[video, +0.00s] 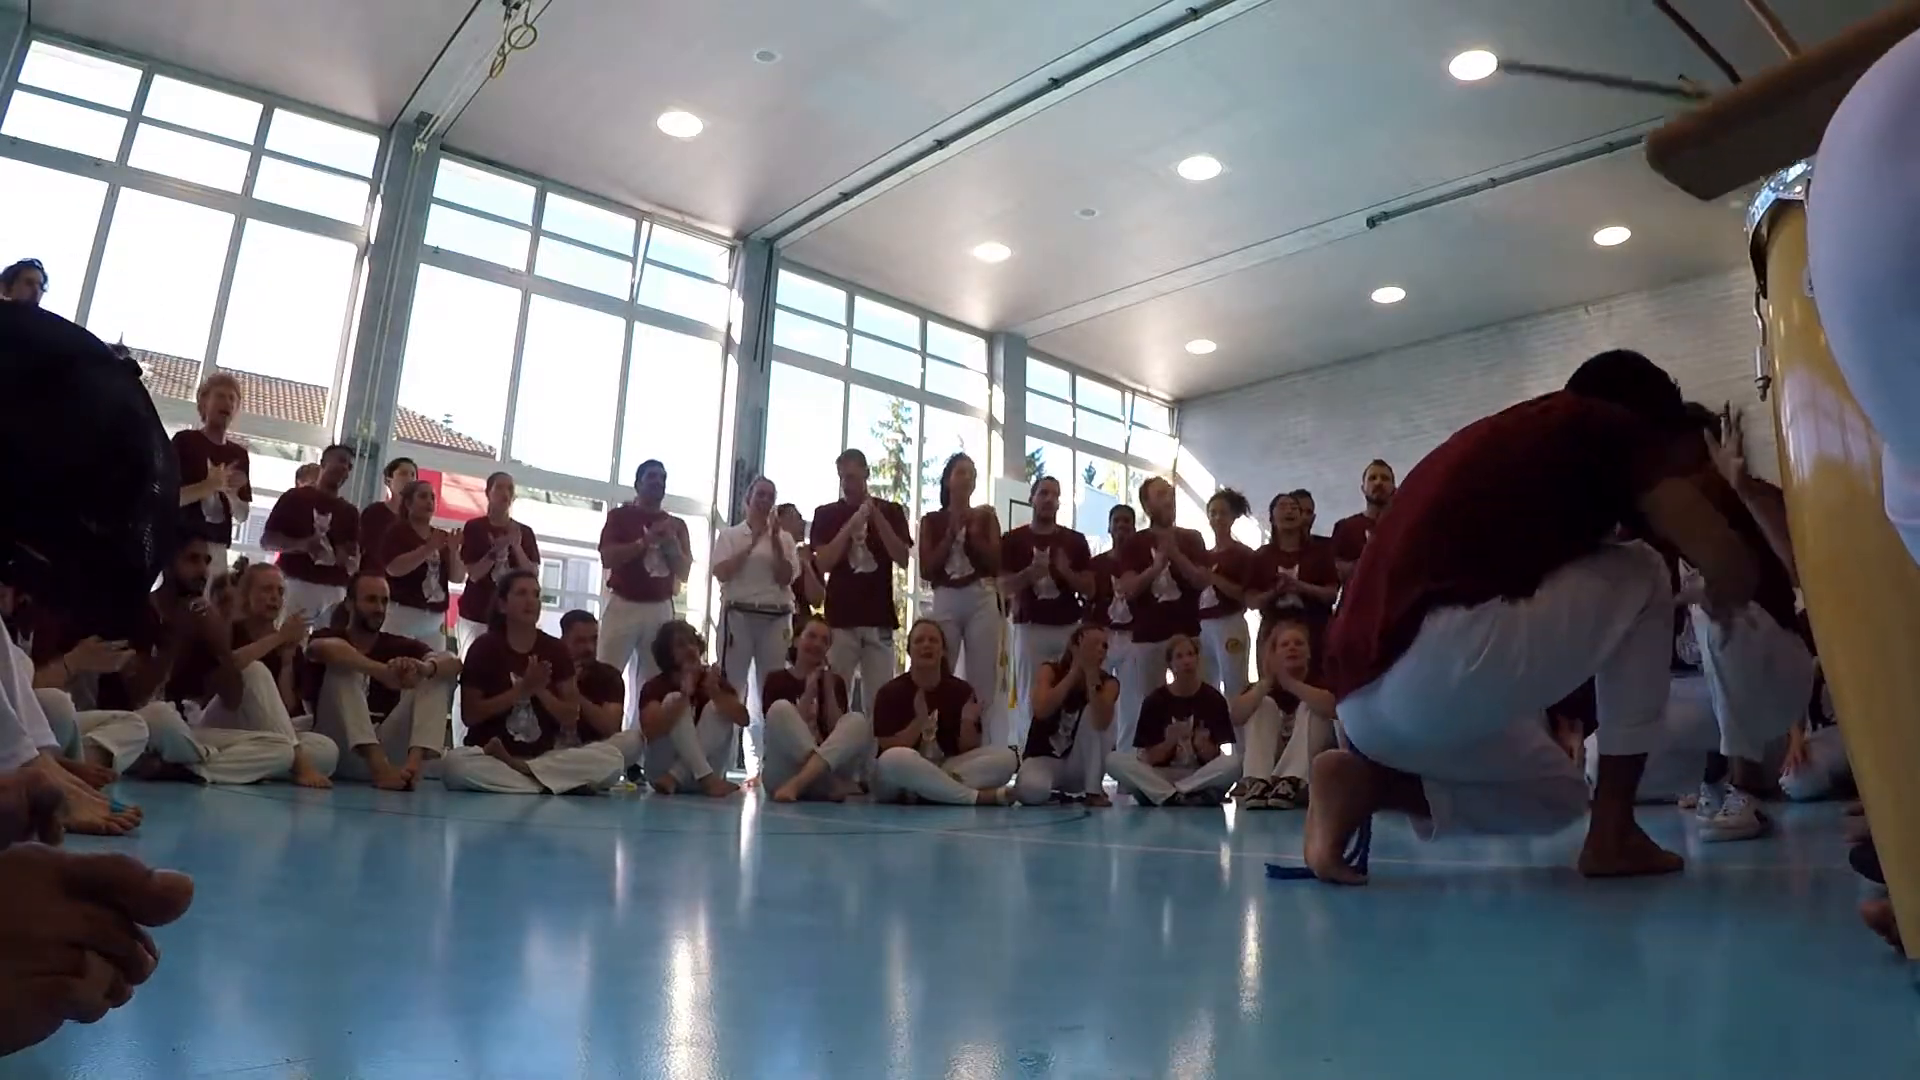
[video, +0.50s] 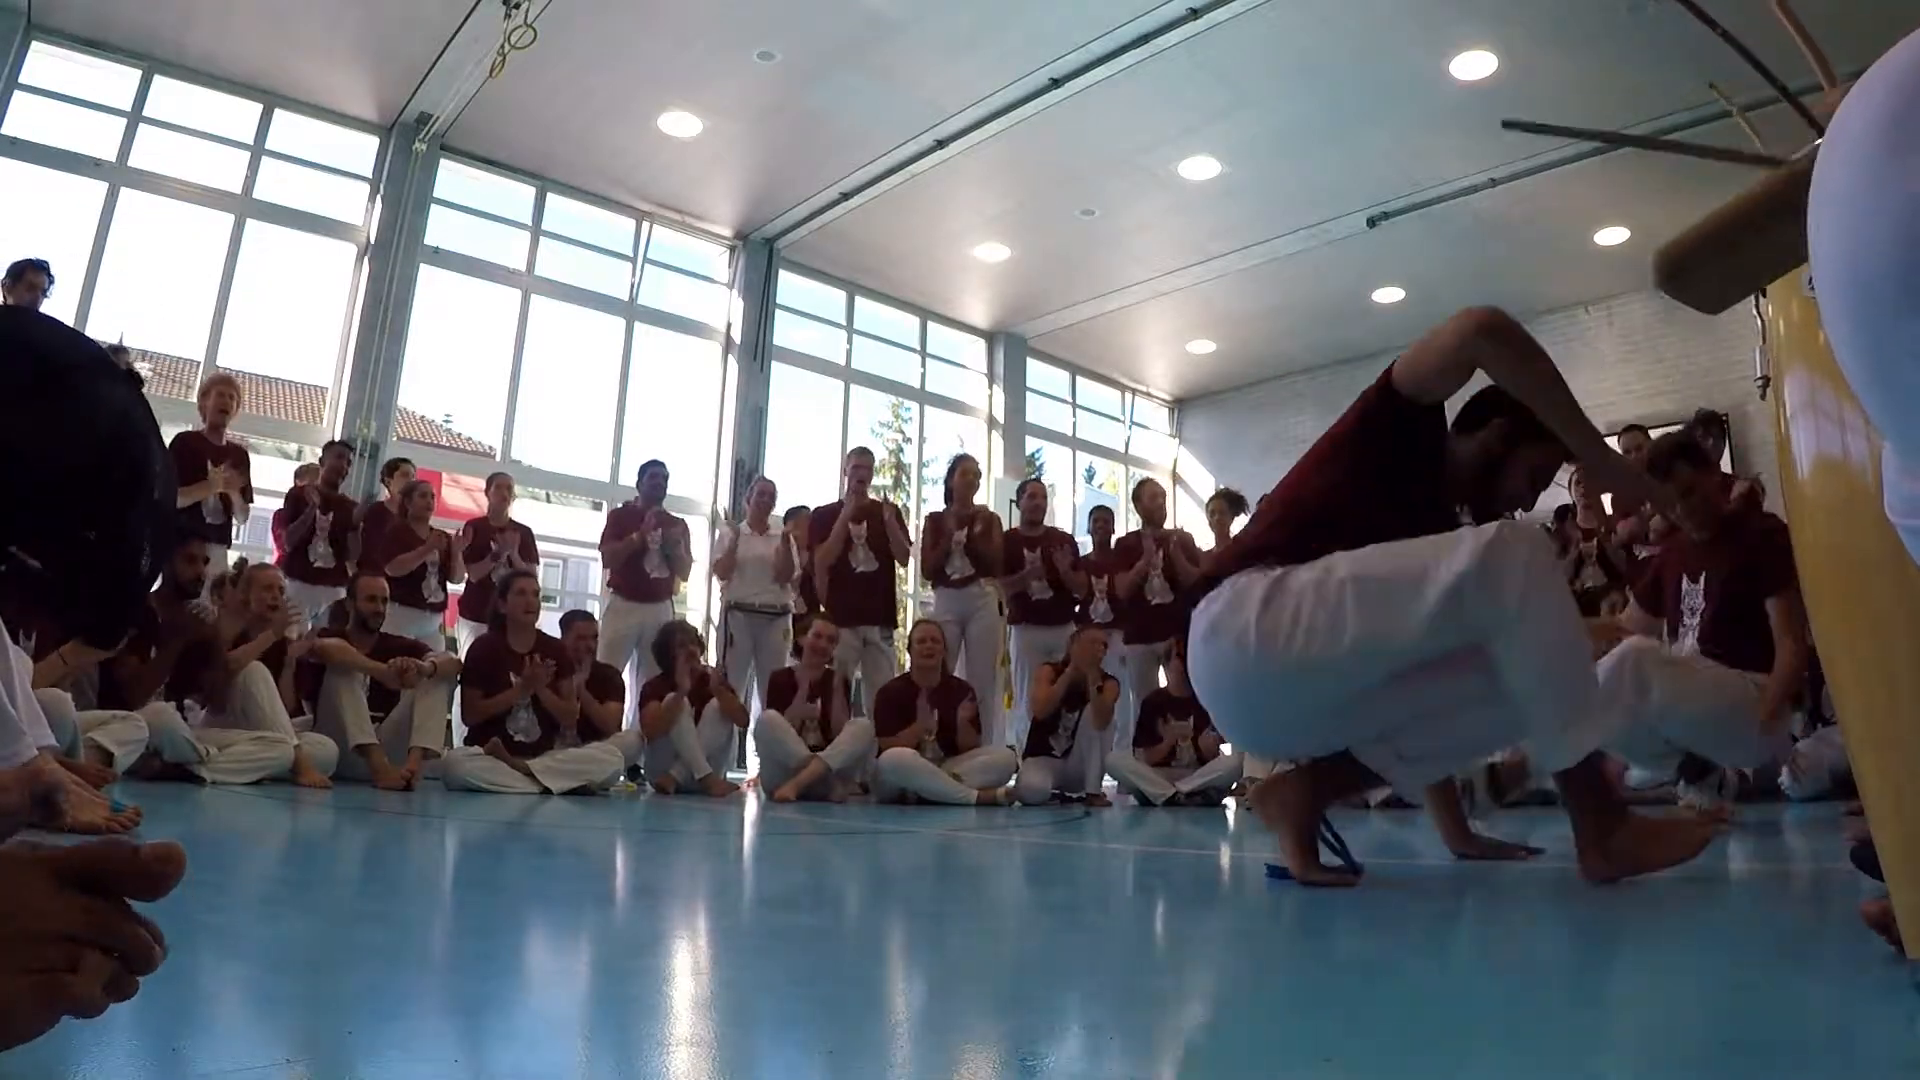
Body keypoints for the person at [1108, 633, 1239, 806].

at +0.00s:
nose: (1186, 660)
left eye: (1190, 654)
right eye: (1179, 656)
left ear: (1197, 658)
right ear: (1170, 665)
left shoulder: (1214, 698)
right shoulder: (1155, 700)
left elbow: (1214, 756)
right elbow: (1146, 757)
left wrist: (1202, 744)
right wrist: (1169, 744)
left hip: (1200, 771)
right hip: (1162, 772)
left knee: (1232, 763)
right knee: (1114, 760)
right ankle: (1173, 796)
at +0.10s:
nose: (1185, 661)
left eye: (1189, 655)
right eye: (1178, 657)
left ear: (1196, 659)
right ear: (1169, 664)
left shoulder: (1214, 698)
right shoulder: (1154, 700)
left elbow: (1214, 758)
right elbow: (1146, 759)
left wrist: (1207, 749)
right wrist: (1165, 744)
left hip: (1199, 772)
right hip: (1161, 773)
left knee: (1232, 763)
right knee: (1113, 760)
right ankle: (1173, 796)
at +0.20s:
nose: (1186, 661)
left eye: (1190, 655)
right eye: (1179, 657)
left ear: (1197, 660)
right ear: (1169, 665)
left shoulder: (1214, 699)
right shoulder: (1154, 701)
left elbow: (1212, 754)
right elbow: (1147, 757)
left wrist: (1195, 741)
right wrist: (1179, 744)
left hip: (1200, 772)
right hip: (1161, 773)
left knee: (1233, 763)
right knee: (1114, 759)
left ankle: (1170, 793)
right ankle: (1173, 797)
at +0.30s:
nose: (1185, 661)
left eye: (1190, 655)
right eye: (1178, 657)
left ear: (1197, 660)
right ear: (1167, 665)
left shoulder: (1214, 699)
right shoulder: (1153, 701)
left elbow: (1211, 755)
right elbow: (1150, 758)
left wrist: (1194, 741)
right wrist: (1180, 743)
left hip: (1199, 772)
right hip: (1161, 772)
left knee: (1233, 763)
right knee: (1114, 759)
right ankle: (1173, 796)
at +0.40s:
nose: (1186, 661)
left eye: (1189, 655)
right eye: (1178, 657)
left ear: (1197, 659)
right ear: (1167, 665)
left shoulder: (1214, 698)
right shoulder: (1153, 701)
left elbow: (1216, 757)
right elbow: (1146, 758)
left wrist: (1208, 748)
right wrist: (1168, 743)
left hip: (1200, 773)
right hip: (1161, 774)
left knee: (1233, 763)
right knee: (1114, 759)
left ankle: (1171, 793)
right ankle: (1173, 796)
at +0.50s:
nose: (1183, 665)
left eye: (1186, 659)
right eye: (1178, 659)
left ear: (1193, 664)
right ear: (1166, 665)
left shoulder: (1206, 698)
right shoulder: (1153, 701)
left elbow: (1212, 755)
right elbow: (1147, 758)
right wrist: (1168, 742)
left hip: (1199, 772)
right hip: (1161, 774)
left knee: (1235, 761)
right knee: (1114, 759)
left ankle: (1170, 794)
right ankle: (1173, 797)